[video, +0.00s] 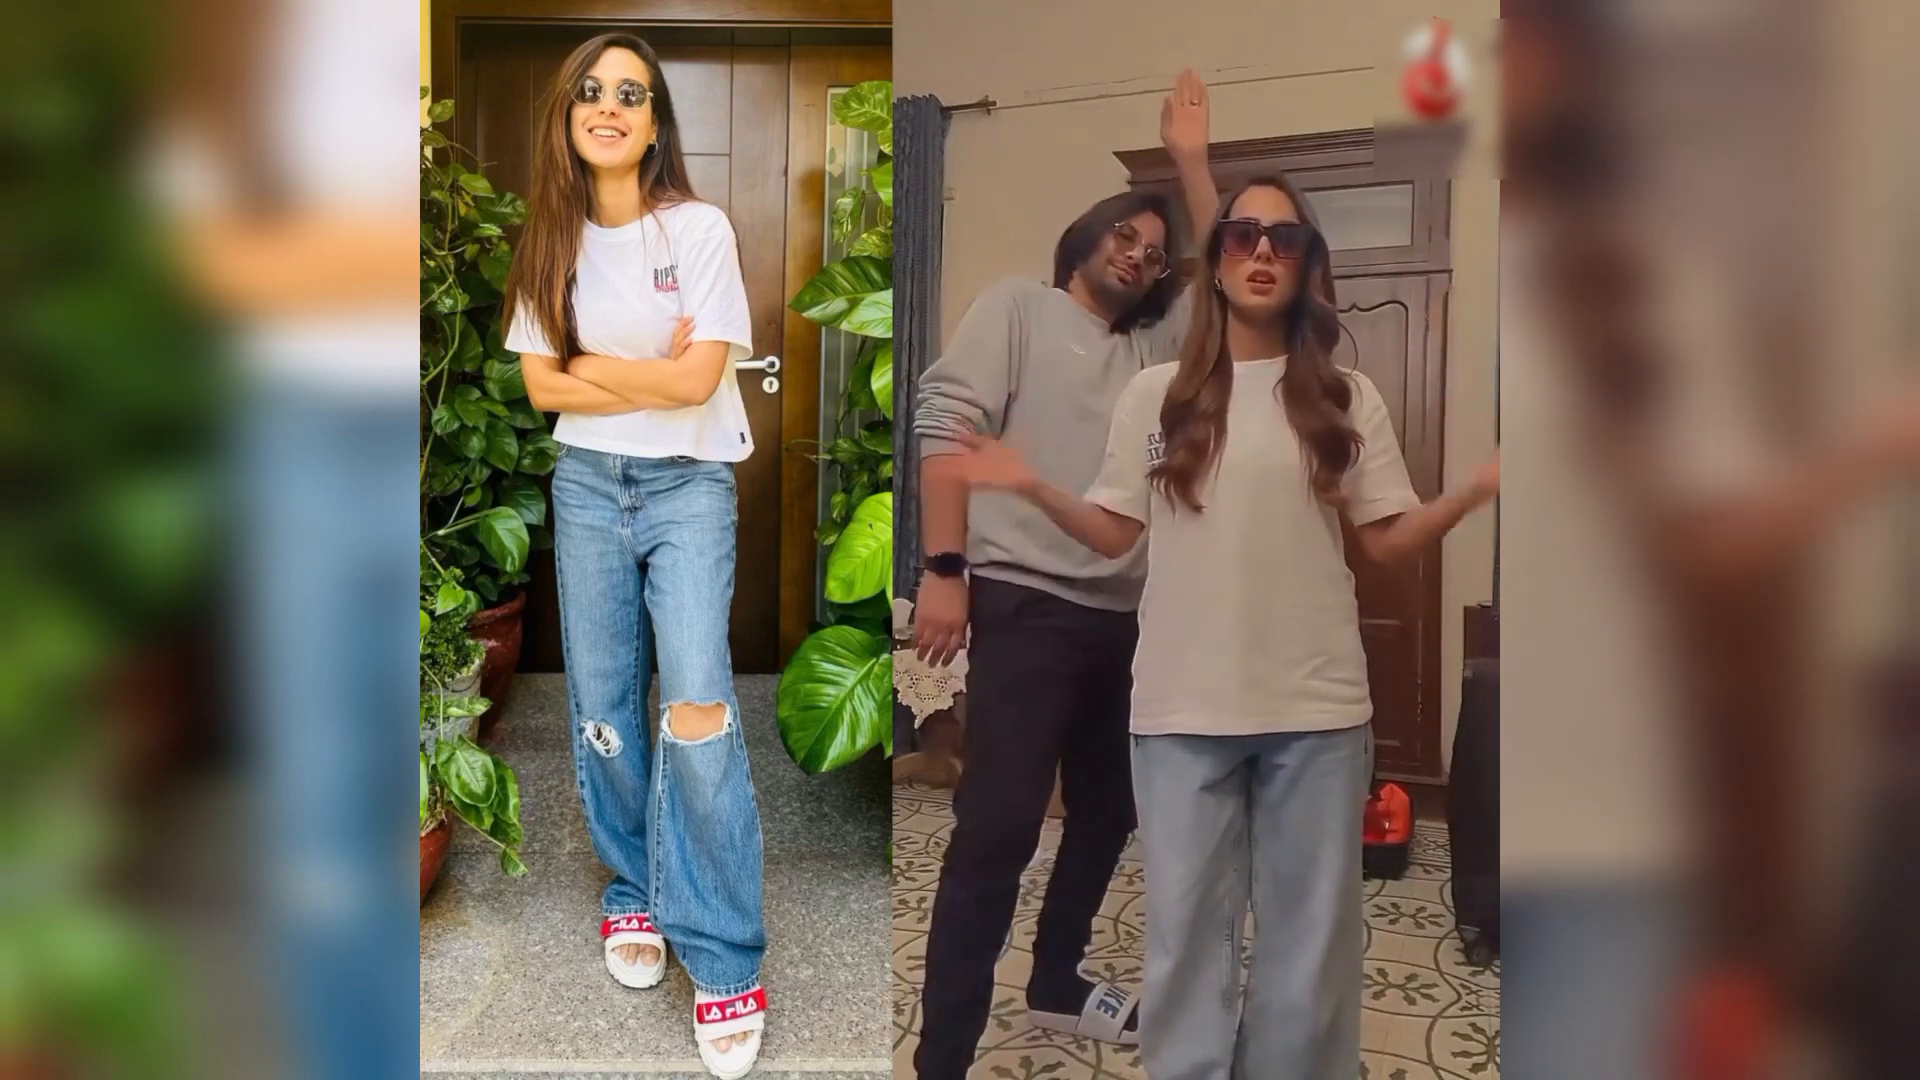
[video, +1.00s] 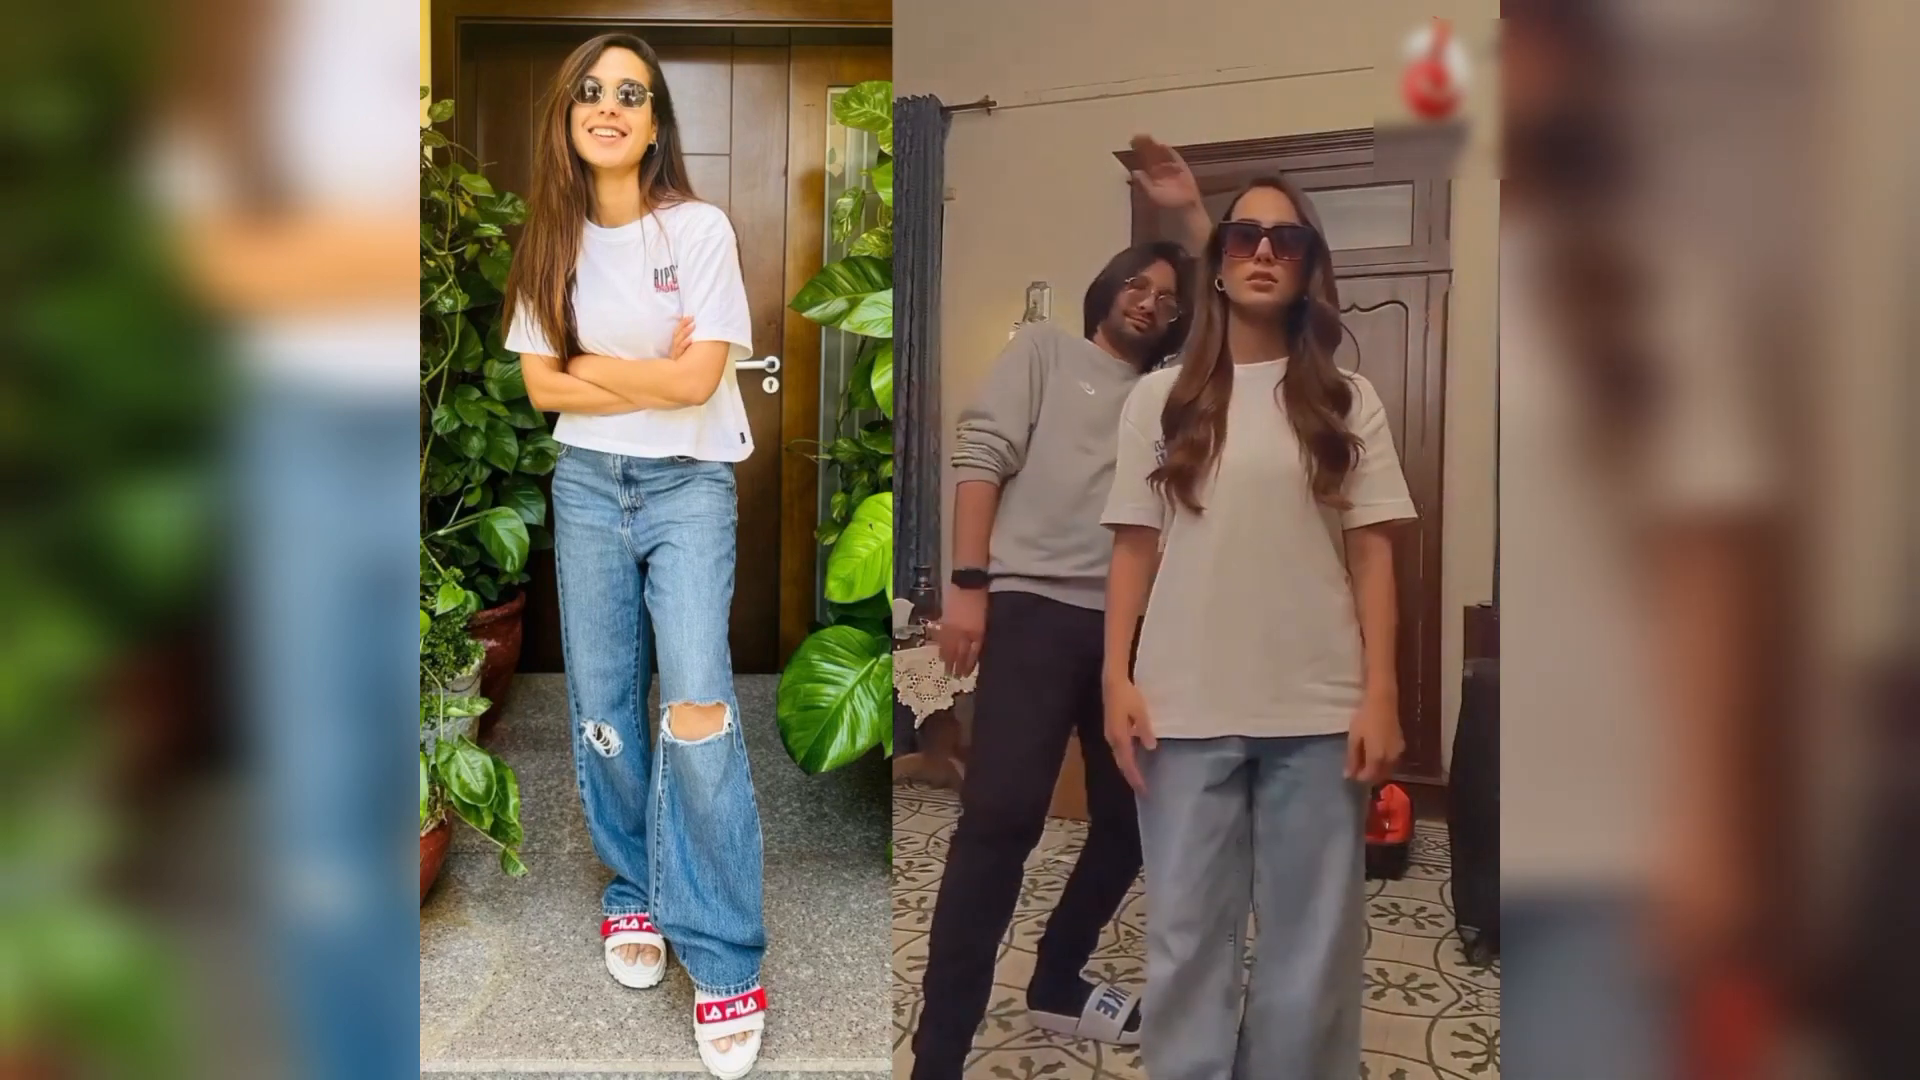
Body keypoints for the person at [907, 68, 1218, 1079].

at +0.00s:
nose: (1137, 253)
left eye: (1153, 249)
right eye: (1126, 234)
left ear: (1161, 267)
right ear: (1086, 231)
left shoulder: (1158, 343)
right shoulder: (1018, 306)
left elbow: (1218, 286)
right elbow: (947, 430)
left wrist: (1191, 168)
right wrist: (943, 570)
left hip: (1123, 617)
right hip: (1020, 605)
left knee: (1104, 816)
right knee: (998, 829)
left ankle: (1056, 989)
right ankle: (942, 1057)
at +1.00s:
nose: (1149, 302)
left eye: (1165, 297)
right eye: (1138, 286)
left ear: (1177, 316)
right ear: (1106, 289)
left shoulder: (1174, 388)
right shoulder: (1043, 349)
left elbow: (1224, 322)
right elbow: (983, 453)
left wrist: (1193, 215)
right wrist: (966, 581)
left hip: (1134, 625)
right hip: (1035, 616)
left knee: (1127, 825)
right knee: (1000, 824)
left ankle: (1057, 988)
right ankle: (938, 1057)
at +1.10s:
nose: (1147, 289)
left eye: (1159, 282)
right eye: (1133, 273)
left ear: (1170, 301)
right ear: (1099, 279)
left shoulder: (1170, 383)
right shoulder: (1043, 342)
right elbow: (979, 451)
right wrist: (959, 577)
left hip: (1127, 624)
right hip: (1028, 612)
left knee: (1120, 821)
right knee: (994, 824)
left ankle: (1057, 990)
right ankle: (935, 1058)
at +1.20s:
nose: (1136, 258)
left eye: (1146, 251)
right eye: (1121, 244)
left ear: (1157, 270)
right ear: (1086, 252)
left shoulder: (1169, 348)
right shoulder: (1039, 323)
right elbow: (972, 435)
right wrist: (942, 566)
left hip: (1121, 609)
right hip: (1022, 599)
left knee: (1104, 812)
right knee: (990, 819)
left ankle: (1056, 993)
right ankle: (933, 1059)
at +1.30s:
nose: (1124, 230)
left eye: (1132, 219)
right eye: (1103, 217)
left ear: (1142, 243)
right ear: (1063, 235)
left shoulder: (1159, 347)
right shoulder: (1016, 322)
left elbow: (1184, 472)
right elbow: (938, 440)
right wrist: (928, 568)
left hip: (1120, 608)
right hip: (1015, 597)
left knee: (1093, 809)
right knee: (984, 817)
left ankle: (1056, 989)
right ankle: (933, 1055)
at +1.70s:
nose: (1085, 206)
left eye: (1085, 193)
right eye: (1063, 192)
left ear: (1084, 218)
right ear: (1011, 213)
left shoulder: (1112, 339)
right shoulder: (963, 331)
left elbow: (1126, 469)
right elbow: (921, 479)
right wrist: (1017, 527)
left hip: (1109, 621)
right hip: (1011, 617)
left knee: (1099, 815)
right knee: (985, 838)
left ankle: (1055, 989)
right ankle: (931, 1063)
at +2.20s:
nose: (1070, 189)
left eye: (1067, 175)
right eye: (1044, 175)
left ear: (1063, 198)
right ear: (988, 200)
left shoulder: (1079, 325)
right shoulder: (966, 329)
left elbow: (1104, 471)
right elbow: (914, 499)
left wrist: (1136, 584)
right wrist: (913, 626)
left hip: (1104, 604)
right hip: (1019, 608)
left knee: (1103, 812)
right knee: (1021, 850)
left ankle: (1056, 989)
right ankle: (939, 1063)